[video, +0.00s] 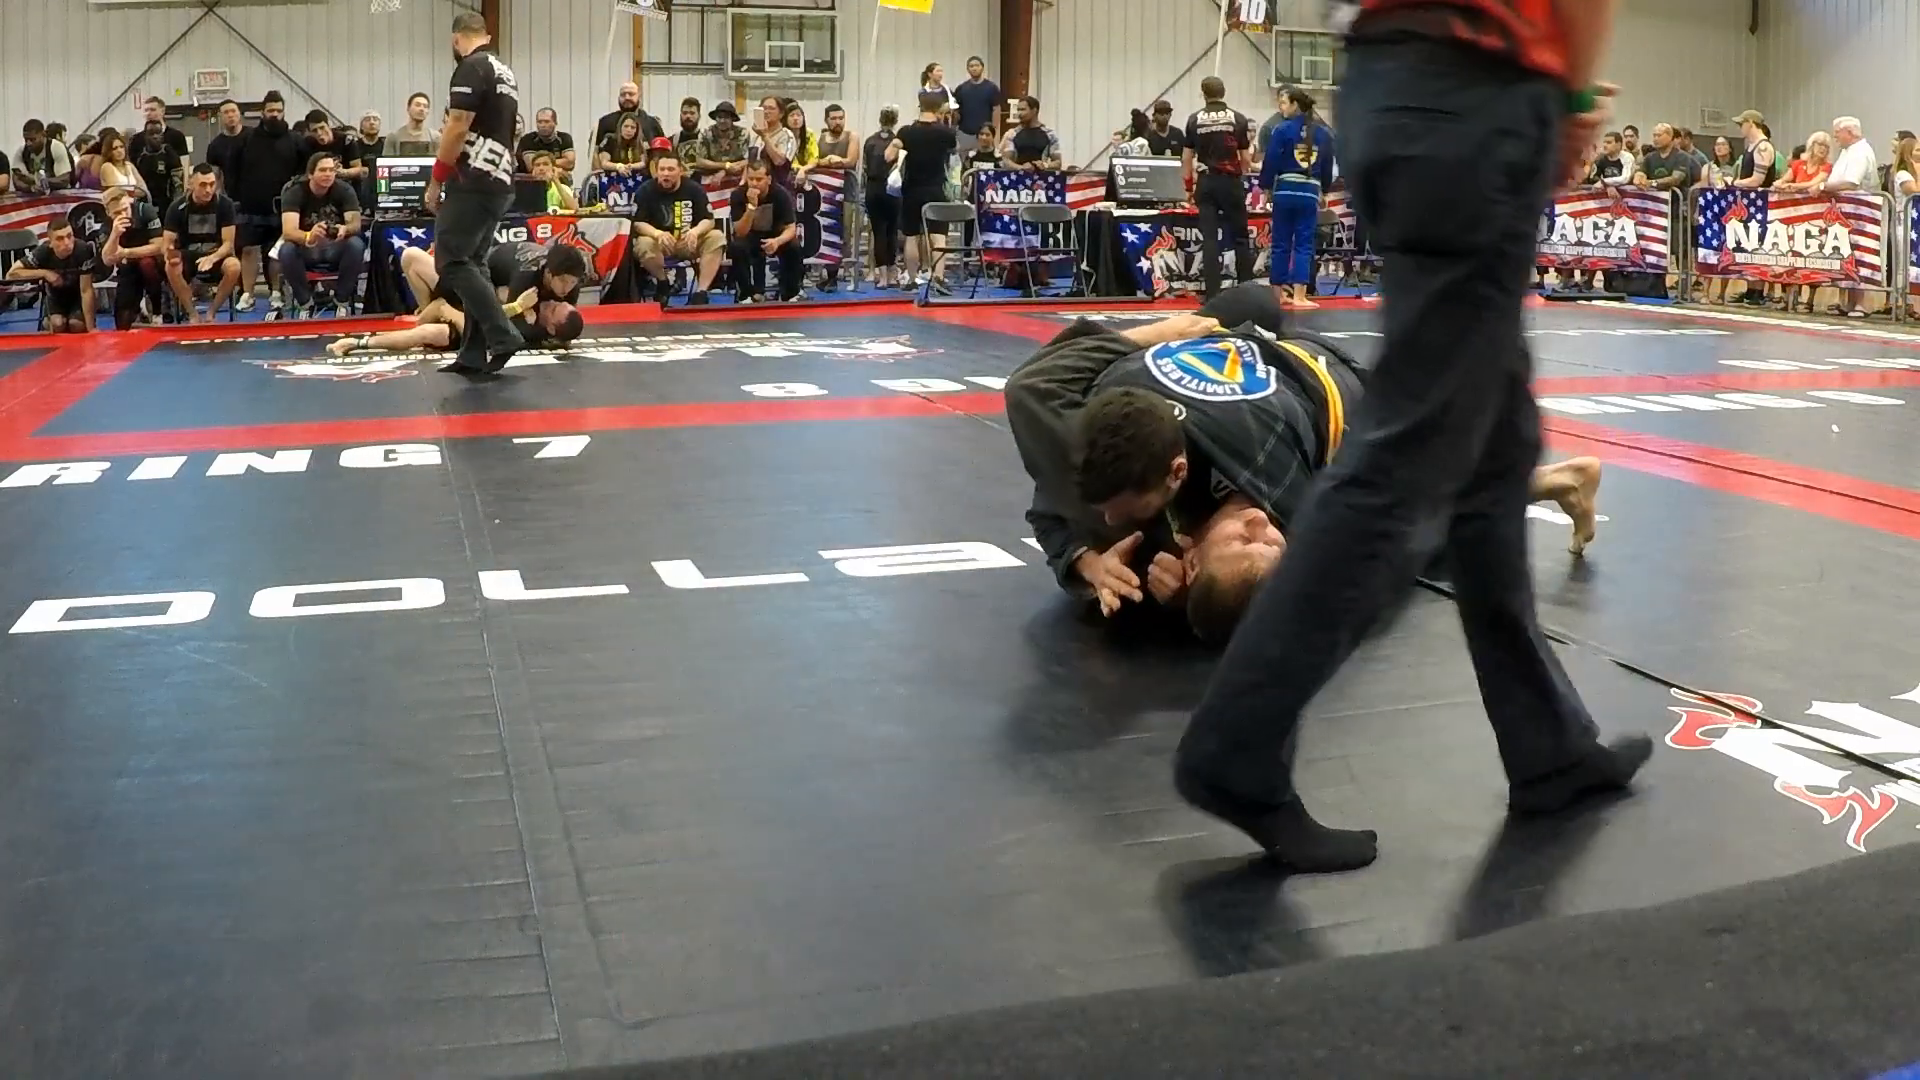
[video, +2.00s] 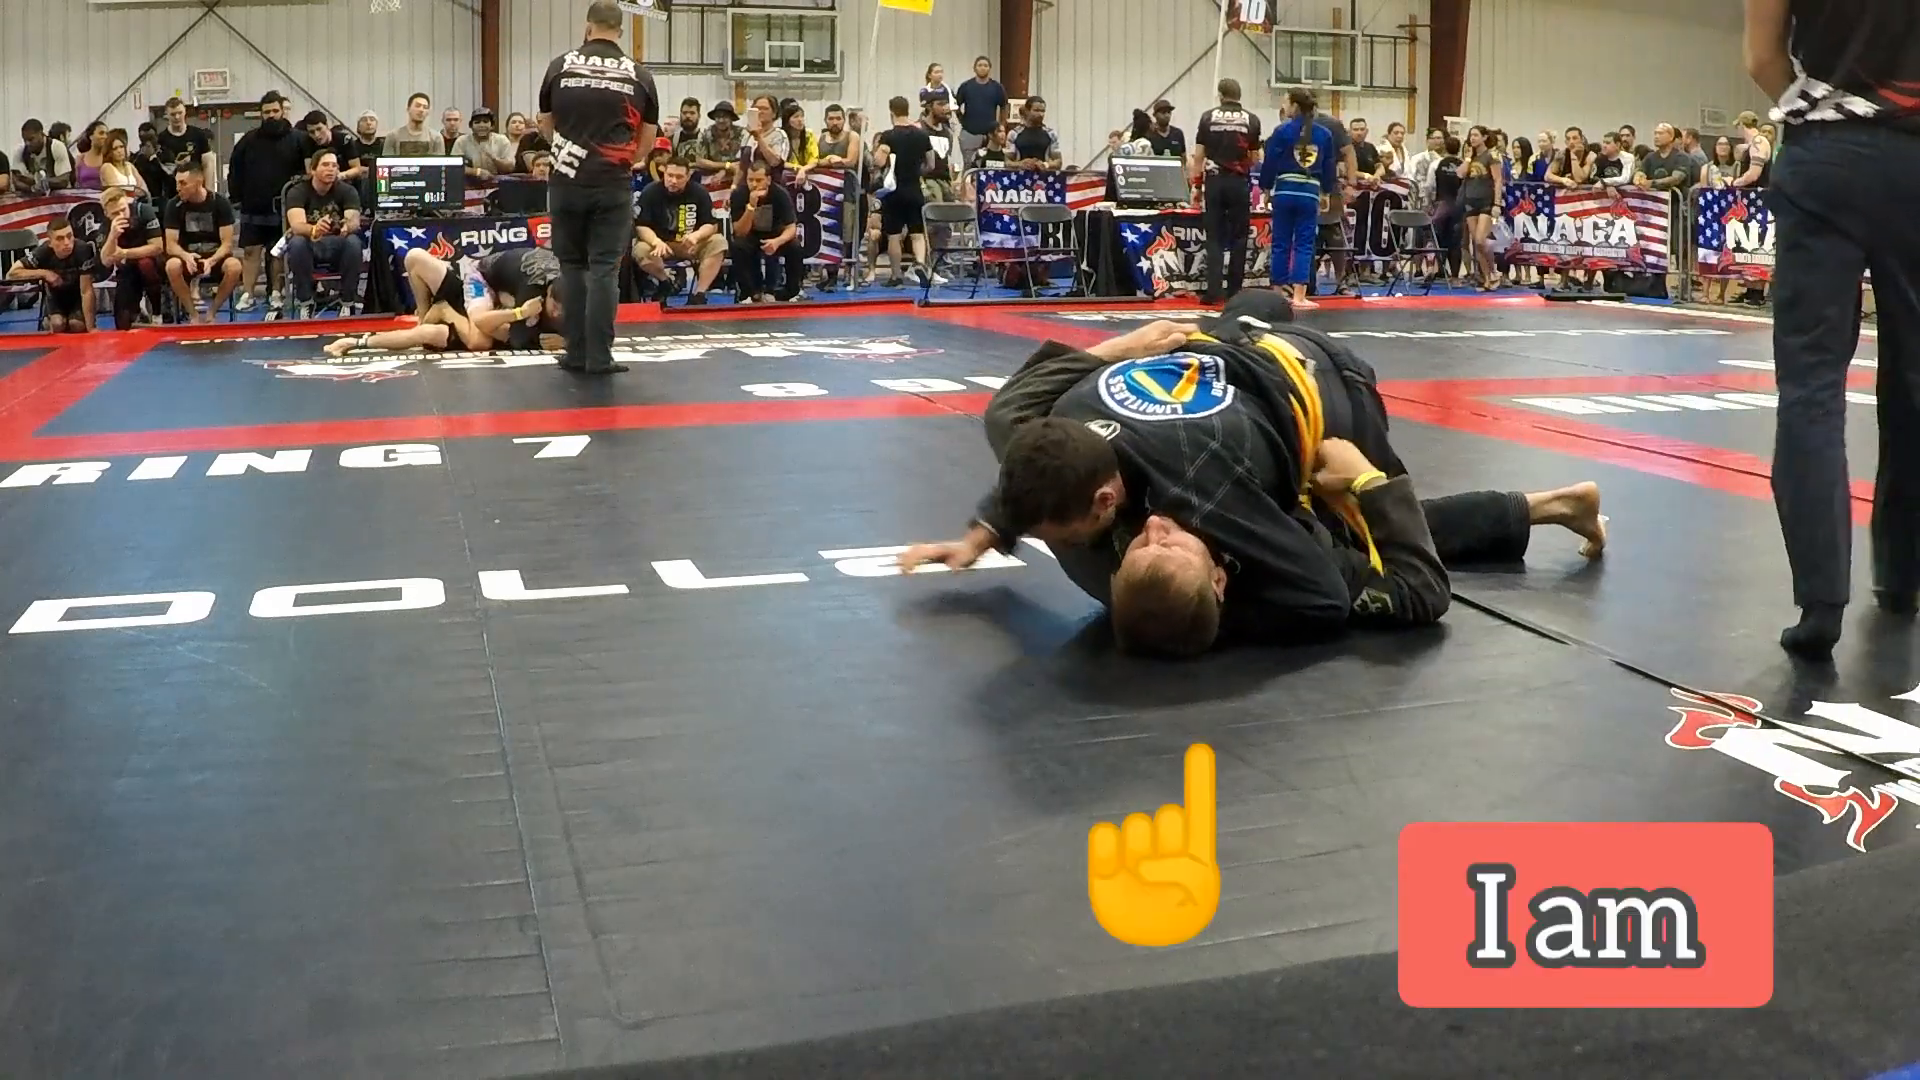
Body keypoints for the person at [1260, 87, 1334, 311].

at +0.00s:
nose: (1282, 108)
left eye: (1285, 104)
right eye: (1282, 103)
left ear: (1296, 106)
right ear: (1307, 107)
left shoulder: (1282, 129)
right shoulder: (1322, 132)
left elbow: (1271, 159)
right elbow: (1327, 164)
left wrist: (1265, 185)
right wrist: (1324, 190)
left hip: (1284, 189)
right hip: (1310, 191)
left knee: (1280, 241)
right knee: (1305, 242)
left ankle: (1278, 292)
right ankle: (1300, 295)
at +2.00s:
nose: (1284, 107)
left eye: (1286, 103)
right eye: (1285, 103)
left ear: (1295, 106)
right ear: (1309, 107)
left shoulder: (1282, 130)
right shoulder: (1324, 134)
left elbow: (1270, 161)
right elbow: (1329, 167)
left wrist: (1265, 186)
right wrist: (1326, 191)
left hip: (1284, 191)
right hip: (1310, 194)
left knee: (1280, 242)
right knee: (1305, 244)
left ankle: (1278, 292)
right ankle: (1299, 296)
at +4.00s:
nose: (1286, 108)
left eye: (1288, 104)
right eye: (1287, 104)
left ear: (1293, 106)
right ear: (1312, 106)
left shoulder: (1282, 131)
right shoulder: (1326, 134)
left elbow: (1272, 162)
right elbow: (1331, 167)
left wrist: (1267, 188)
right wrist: (1329, 192)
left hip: (1285, 192)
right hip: (1312, 194)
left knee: (1282, 242)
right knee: (1306, 244)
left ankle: (1278, 294)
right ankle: (1299, 296)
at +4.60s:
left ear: (1293, 106)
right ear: (1312, 105)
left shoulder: (1283, 131)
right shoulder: (1322, 130)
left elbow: (1272, 160)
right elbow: (1329, 163)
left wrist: (1264, 184)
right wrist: (1330, 191)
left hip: (1285, 184)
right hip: (1313, 186)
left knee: (1282, 239)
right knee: (1306, 241)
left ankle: (1278, 292)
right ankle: (1299, 294)